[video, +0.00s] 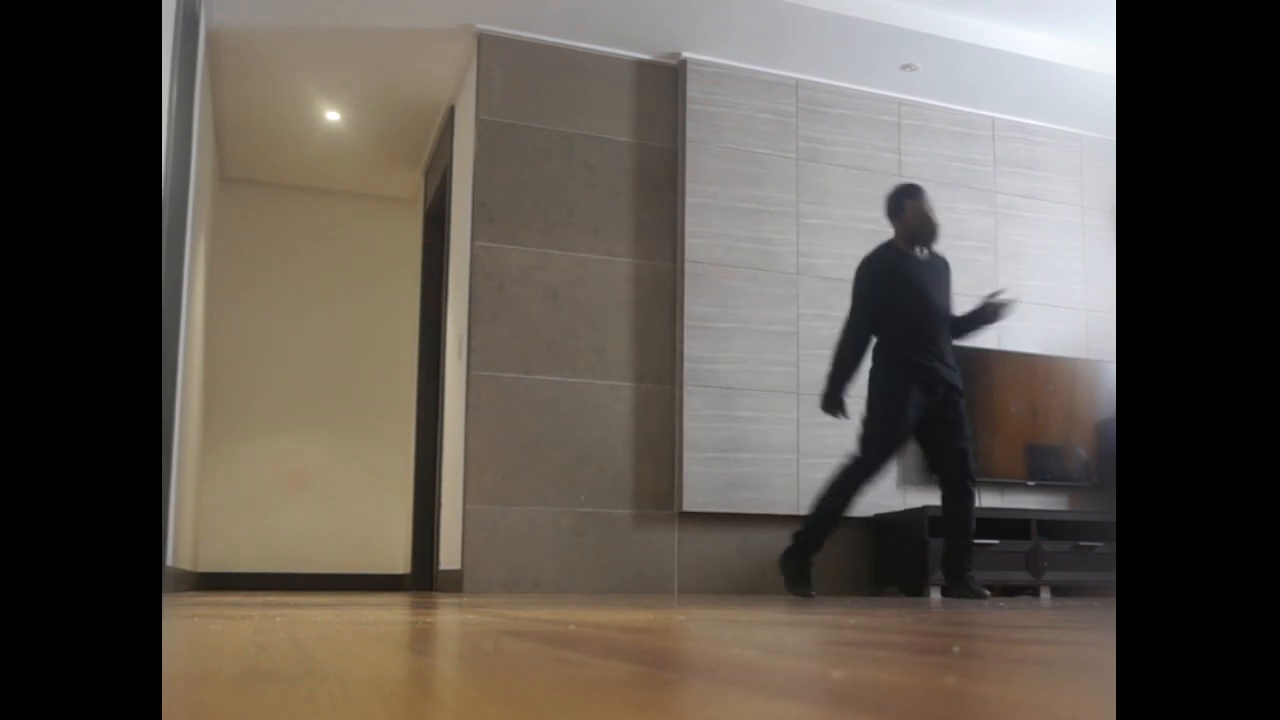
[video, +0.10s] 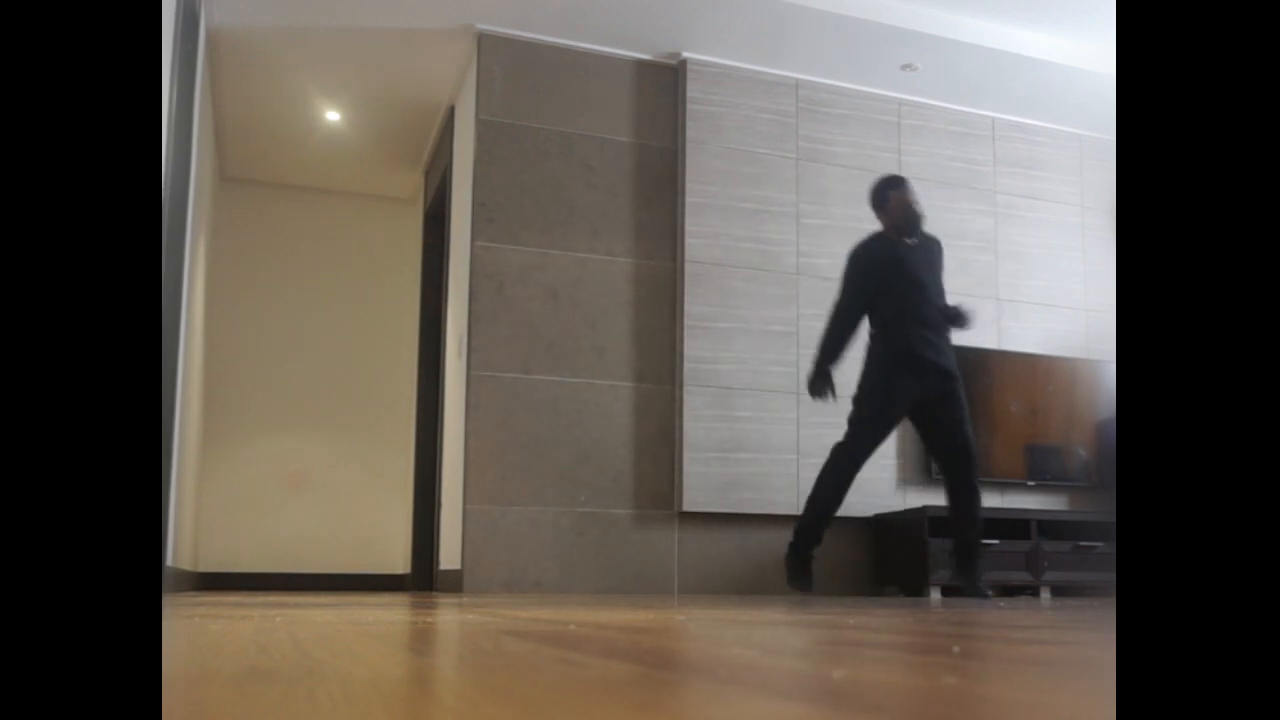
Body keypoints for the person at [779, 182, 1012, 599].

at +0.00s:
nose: (931, 218)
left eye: (930, 210)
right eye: (921, 212)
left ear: (923, 216)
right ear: (899, 219)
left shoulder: (938, 267)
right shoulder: (879, 265)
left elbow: (942, 330)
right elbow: (858, 328)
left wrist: (981, 316)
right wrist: (836, 385)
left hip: (942, 386)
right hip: (895, 383)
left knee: (959, 480)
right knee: (868, 464)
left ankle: (957, 578)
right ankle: (799, 554)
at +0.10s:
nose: (912, 208)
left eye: (912, 200)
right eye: (901, 204)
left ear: (916, 203)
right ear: (882, 212)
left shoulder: (931, 248)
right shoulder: (870, 253)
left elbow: (926, 307)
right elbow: (847, 312)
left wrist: (950, 315)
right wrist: (823, 364)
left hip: (936, 377)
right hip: (889, 375)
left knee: (961, 465)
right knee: (850, 457)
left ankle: (967, 573)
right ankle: (801, 550)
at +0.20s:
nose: (898, 207)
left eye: (898, 200)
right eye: (888, 203)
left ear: (901, 204)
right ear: (867, 213)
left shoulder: (920, 249)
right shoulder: (854, 257)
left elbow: (931, 296)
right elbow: (836, 306)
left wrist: (940, 318)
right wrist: (816, 334)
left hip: (921, 369)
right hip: (876, 370)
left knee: (960, 458)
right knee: (851, 459)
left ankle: (1003, 555)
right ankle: (809, 561)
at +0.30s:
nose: (892, 222)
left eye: (893, 215)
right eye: (882, 218)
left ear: (898, 216)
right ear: (861, 226)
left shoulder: (916, 260)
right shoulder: (847, 268)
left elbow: (933, 312)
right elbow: (827, 317)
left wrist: (933, 333)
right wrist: (809, 325)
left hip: (915, 385)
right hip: (869, 388)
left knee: (963, 464)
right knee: (847, 475)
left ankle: (1014, 555)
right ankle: (806, 571)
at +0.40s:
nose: (891, 215)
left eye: (892, 207)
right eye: (881, 211)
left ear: (897, 205)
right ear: (861, 215)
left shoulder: (919, 247)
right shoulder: (850, 256)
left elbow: (936, 297)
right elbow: (829, 308)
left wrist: (941, 316)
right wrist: (802, 316)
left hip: (921, 376)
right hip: (872, 377)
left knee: (958, 462)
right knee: (842, 462)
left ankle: (995, 563)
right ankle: (808, 563)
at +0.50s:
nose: (892, 203)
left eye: (894, 196)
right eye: (881, 200)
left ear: (902, 201)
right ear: (865, 212)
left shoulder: (927, 241)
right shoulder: (857, 256)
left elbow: (946, 291)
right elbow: (836, 312)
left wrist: (951, 309)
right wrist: (795, 339)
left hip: (932, 369)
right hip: (882, 369)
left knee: (960, 458)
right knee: (845, 450)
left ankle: (972, 562)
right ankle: (800, 547)